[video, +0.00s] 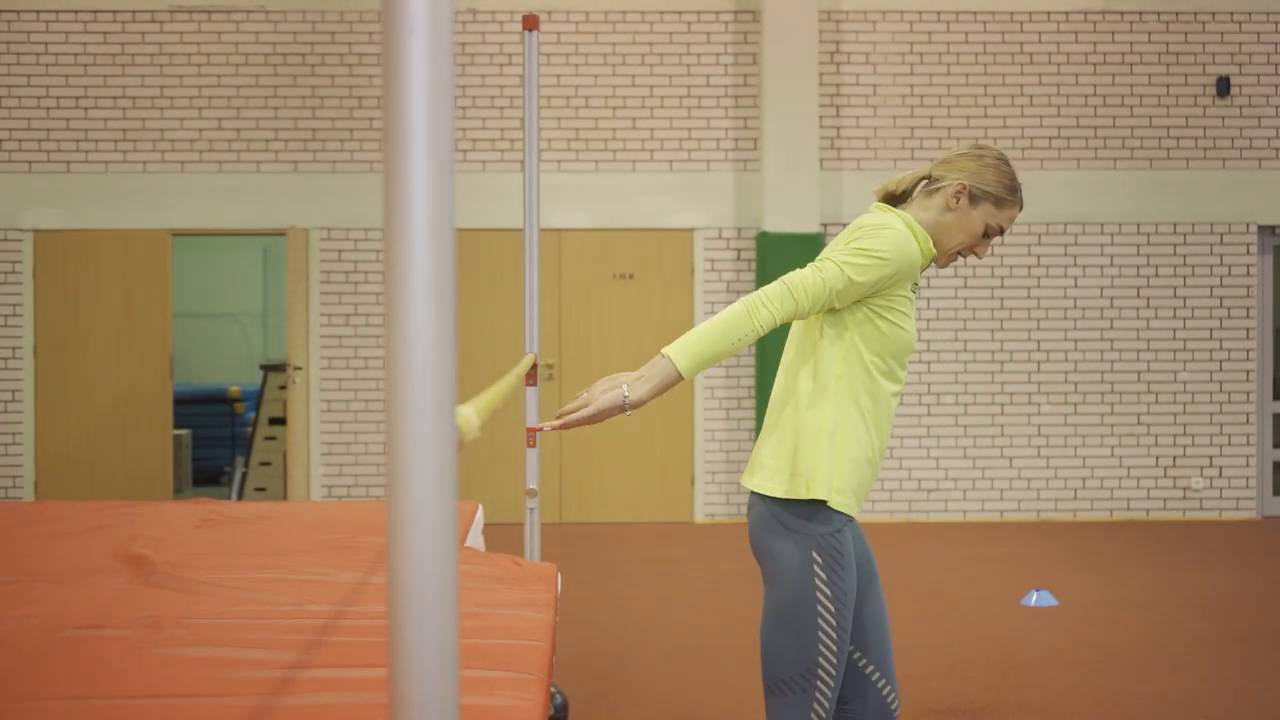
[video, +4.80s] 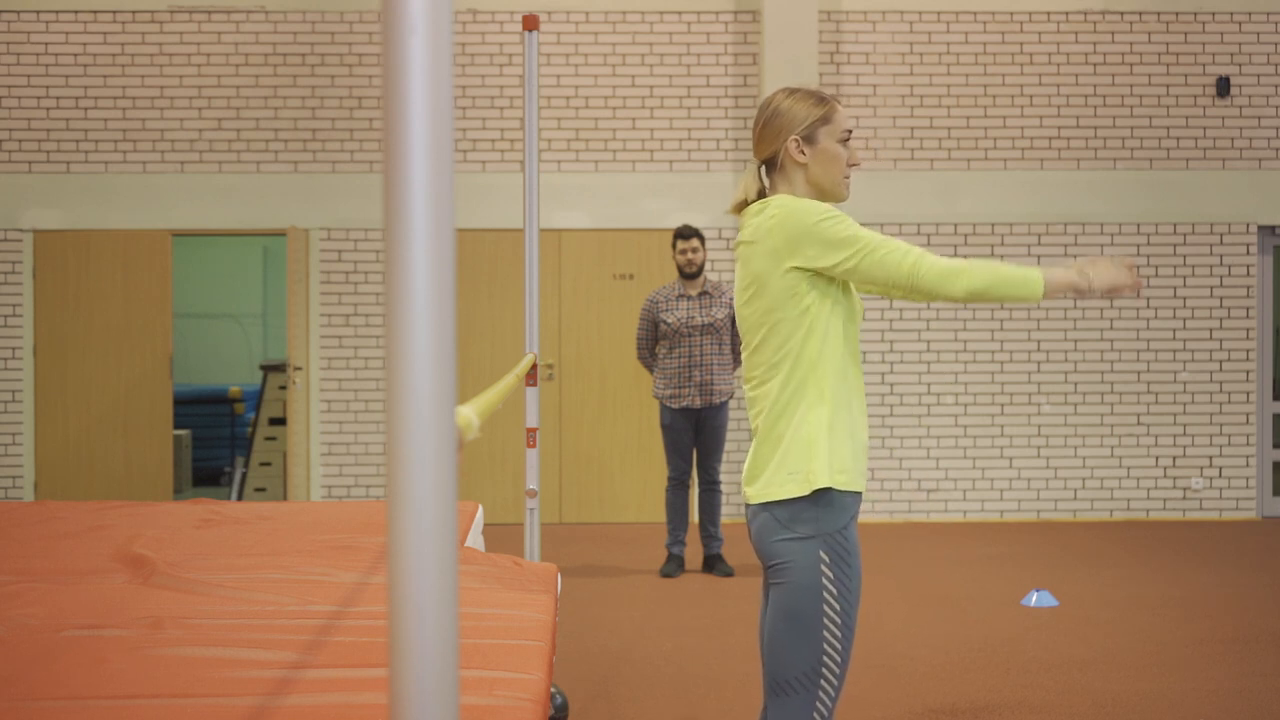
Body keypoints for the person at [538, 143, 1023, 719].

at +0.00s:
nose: (981, 250)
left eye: (992, 239)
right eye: (988, 231)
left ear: (952, 196)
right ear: (955, 195)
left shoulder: (889, 242)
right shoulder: (891, 241)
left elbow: (769, 305)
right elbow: (772, 303)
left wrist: (643, 384)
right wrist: (642, 383)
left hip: (824, 508)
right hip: (804, 509)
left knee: (873, 705)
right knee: (804, 708)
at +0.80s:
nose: (979, 256)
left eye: (990, 246)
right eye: (987, 238)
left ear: (948, 201)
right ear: (955, 202)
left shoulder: (873, 238)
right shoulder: (895, 246)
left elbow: (760, 303)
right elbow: (774, 304)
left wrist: (638, 370)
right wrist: (650, 386)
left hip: (769, 500)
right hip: (793, 505)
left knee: (776, 706)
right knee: (827, 704)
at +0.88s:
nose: (878, 148)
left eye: (872, 133)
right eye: (865, 134)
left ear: (821, 152)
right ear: (822, 149)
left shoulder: (787, 227)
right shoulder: (832, 229)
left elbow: (815, 381)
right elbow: (860, 383)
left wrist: (908, 505)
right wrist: (916, 503)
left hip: (802, 497)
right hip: (836, 501)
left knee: (798, 706)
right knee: (820, 707)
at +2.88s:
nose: (870, 154)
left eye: (866, 140)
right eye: (858, 140)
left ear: (812, 154)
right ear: (814, 152)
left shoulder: (779, 230)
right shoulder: (825, 232)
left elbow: (788, 384)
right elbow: (854, 385)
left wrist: (890, 507)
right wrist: (908, 507)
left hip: (798, 503)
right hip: (831, 505)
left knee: (800, 705)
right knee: (818, 707)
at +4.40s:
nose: (863, 153)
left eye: (858, 138)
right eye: (850, 139)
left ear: (805, 154)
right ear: (804, 151)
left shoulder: (781, 228)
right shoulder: (816, 226)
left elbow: (876, 359)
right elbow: (896, 356)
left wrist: (990, 448)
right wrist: (1000, 455)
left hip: (785, 501)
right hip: (806, 505)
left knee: (788, 705)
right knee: (802, 706)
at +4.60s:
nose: (857, 154)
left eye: (854, 140)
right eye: (845, 140)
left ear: (801, 153)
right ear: (801, 150)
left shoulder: (780, 227)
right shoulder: (804, 223)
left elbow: (896, 327)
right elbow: (912, 319)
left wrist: (1034, 373)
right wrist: (1048, 377)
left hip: (793, 499)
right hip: (806, 501)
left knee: (792, 703)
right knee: (802, 705)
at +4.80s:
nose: (854, 156)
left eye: (850, 139)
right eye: (841, 140)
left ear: (798, 153)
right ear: (797, 151)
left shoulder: (778, 224)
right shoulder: (795, 223)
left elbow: (925, 277)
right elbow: (931, 276)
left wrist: (1067, 279)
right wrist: (1073, 277)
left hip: (799, 501)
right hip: (809, 502)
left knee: (794, 704)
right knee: (804, 706)